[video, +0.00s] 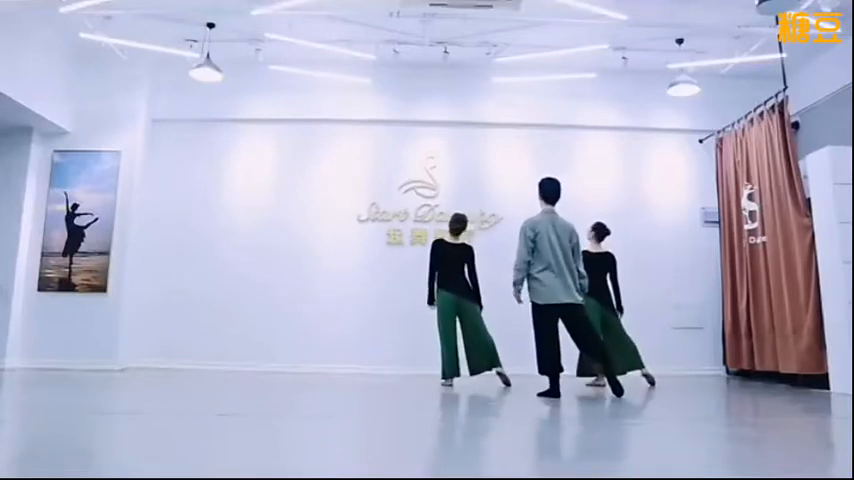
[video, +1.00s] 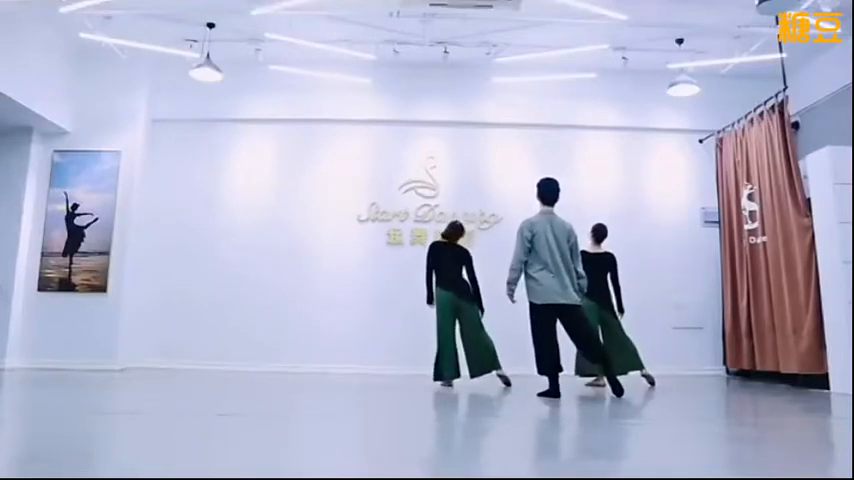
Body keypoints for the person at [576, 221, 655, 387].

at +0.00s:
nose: (587, 233)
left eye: (589, 231)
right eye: (589, 230)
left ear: (593, 234)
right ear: (602, 236)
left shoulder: (583, 256)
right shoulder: (609, 257)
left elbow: (577, 277)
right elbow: (614, 283)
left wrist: (576, 296)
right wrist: (619, 304)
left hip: (589, 300)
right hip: (606, 301)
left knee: (594, 337)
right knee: (621, 336)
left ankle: (600, 376)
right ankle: (642, 369)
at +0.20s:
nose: (587, 233)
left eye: (589, 231)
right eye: (589, 231)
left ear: (592, 235)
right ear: (603, 237)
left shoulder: (582, 256)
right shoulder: (609, 257)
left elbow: (577, 278)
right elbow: (614, 283)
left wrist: (576, 296)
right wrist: (619, 304)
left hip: (589, 300)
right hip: (606, 301)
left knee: (593, 336)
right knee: (620, 336)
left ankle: (600, 376)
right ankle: (642, 369)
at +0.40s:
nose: (588, 233)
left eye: (589, 231)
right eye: (590, 231)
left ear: (591, 235)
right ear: (604, 237)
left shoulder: (582, 256)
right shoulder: (609, 257)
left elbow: (577, 278)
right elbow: (615, 283)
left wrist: (576, 296)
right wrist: (619, 304)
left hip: (589, 300)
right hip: (606, 301)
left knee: (593, 337)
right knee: (620, 336)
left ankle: (600, 376)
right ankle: (642, 369)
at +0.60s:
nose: (588, 233)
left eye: (589, 231)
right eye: (590, 231)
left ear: (591, 235)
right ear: (604, 237)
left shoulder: (582, 256)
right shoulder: (609, 257)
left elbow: (577, 278)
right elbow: (615, 283)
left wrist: (576, 297)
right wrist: (619, 305)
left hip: (589, 301)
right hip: (606, 302)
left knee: (593, 337)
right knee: (620, 336)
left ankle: (600, 376)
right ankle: (641, 369)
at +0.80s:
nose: (589, 234)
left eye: (591, 232)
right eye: (592, 232)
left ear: (591, 235)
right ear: (605, 237)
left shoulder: (582, 256)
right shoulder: (609, 257)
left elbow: (576, 277)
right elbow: (615, 283)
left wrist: (576, 297)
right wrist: (620, 305)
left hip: (588, 300)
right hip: (606, 302)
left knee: (593, 337)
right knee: (620, 336)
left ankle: (600, 376)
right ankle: (641, 369)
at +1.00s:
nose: (591, 236)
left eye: (592, 233)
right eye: (596, 234)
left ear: (591, 235)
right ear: (605, 238)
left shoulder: (581, 256)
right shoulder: (609, 257)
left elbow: (575, 278)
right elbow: (615, 284)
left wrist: (575, 298)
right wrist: (620, 306)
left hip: (587, 302)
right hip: (605, 303)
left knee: (592, 338)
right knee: (620, 337)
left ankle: (600, 376)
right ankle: (641, 369)